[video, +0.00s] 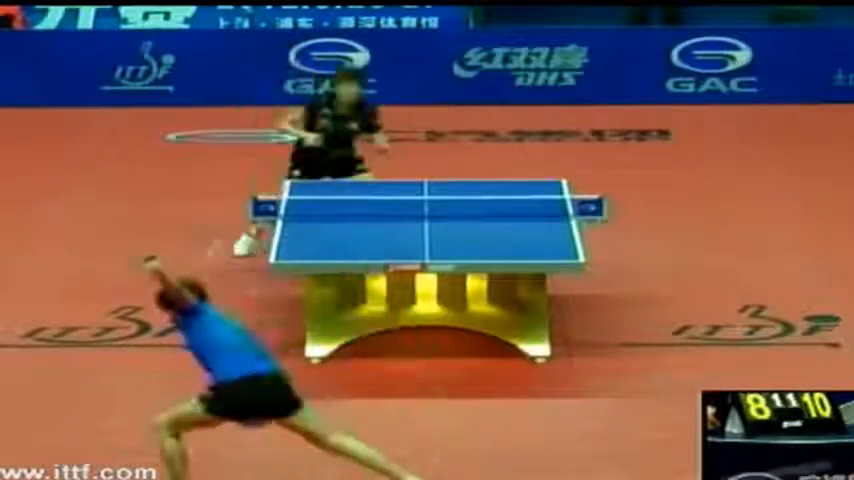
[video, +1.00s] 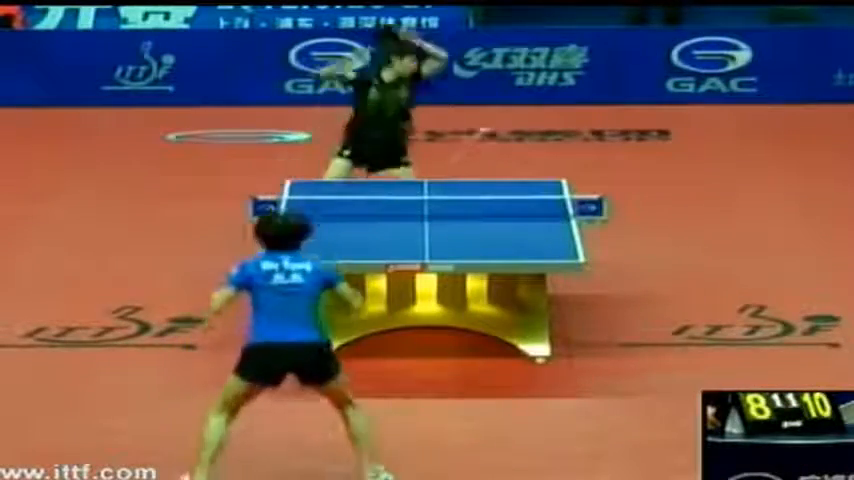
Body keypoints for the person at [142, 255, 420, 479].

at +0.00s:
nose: (170, 316)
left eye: (170, 308)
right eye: (169, 308)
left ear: (178, 306)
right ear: (201, 299)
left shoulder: (193, 317)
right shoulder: (222, 320)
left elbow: (179, 295)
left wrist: (157, 271)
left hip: (239, 391)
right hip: (275, 386)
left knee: (167, 427)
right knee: (329, 438)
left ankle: (177, 477)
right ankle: (402, 475)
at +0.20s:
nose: (162, 254)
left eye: (164, 250)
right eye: (163, 250)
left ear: (172, 251)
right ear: (199, 249)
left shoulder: (180, 269)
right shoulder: (226, 276)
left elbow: (155, 275)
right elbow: (258, 301)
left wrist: (134, 274)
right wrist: (288, 309)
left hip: (215, 354)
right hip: (255, 349)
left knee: (175, 419)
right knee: (298, 412)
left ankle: (181, 474)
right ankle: (350, 470)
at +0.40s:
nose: (183, 246)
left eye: (186, 240)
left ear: (191, 243)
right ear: (224, 241)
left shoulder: (186, 271)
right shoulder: (248, 269)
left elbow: (144, 302)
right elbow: (296, 279)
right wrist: (335, 275)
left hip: (211, 356)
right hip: (257, 352)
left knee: (183, 422)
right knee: (292, 411)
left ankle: (174, 475)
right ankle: (322, 471)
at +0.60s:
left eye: (226, 239)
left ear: (231, 245)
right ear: (265, 245)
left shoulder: (220, 274)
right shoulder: (283, 274)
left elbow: (196, 318)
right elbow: (326, 307)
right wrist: (328, 281)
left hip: (241, 358)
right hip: (286, 355)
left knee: (207, 427)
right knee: (326, 414)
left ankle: (204, 474)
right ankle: (361, 467)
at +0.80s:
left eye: (268, 243)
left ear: (272, 246)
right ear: (304, 247)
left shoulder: (258, 274)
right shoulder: (322, 276)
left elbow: (221, 310)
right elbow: (356, 308)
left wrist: (243, 277)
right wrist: (350, 282)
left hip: (265, 358)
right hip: (311, 357)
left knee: (219, 418)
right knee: (346, 406)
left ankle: (209, 475)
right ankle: (368, 468)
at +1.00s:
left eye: (259, 233)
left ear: (264, 239)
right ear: (299, 239)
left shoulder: (253, 268)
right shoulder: (316, 268)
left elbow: (219, 301)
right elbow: (355, 302)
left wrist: (209, 318)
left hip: (264, 351)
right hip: (310, 350)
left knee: (225, 411)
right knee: (347, 405)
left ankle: (201, 473)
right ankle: (370, 468)